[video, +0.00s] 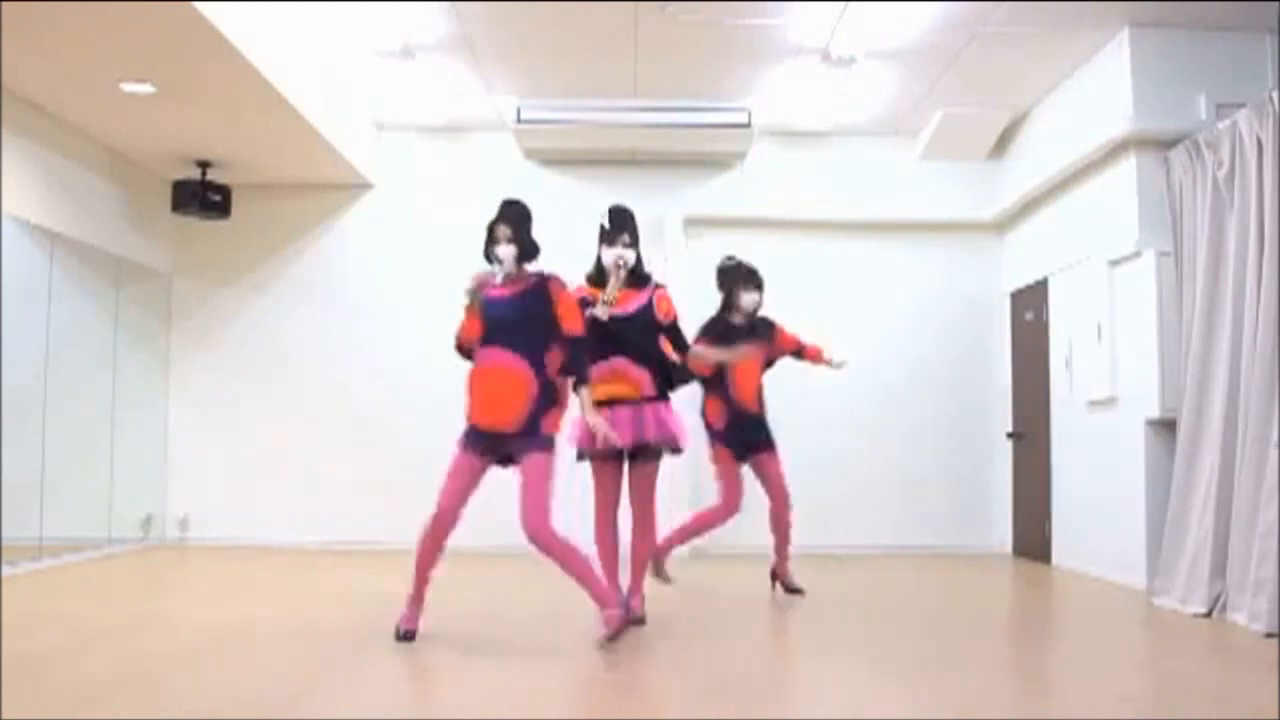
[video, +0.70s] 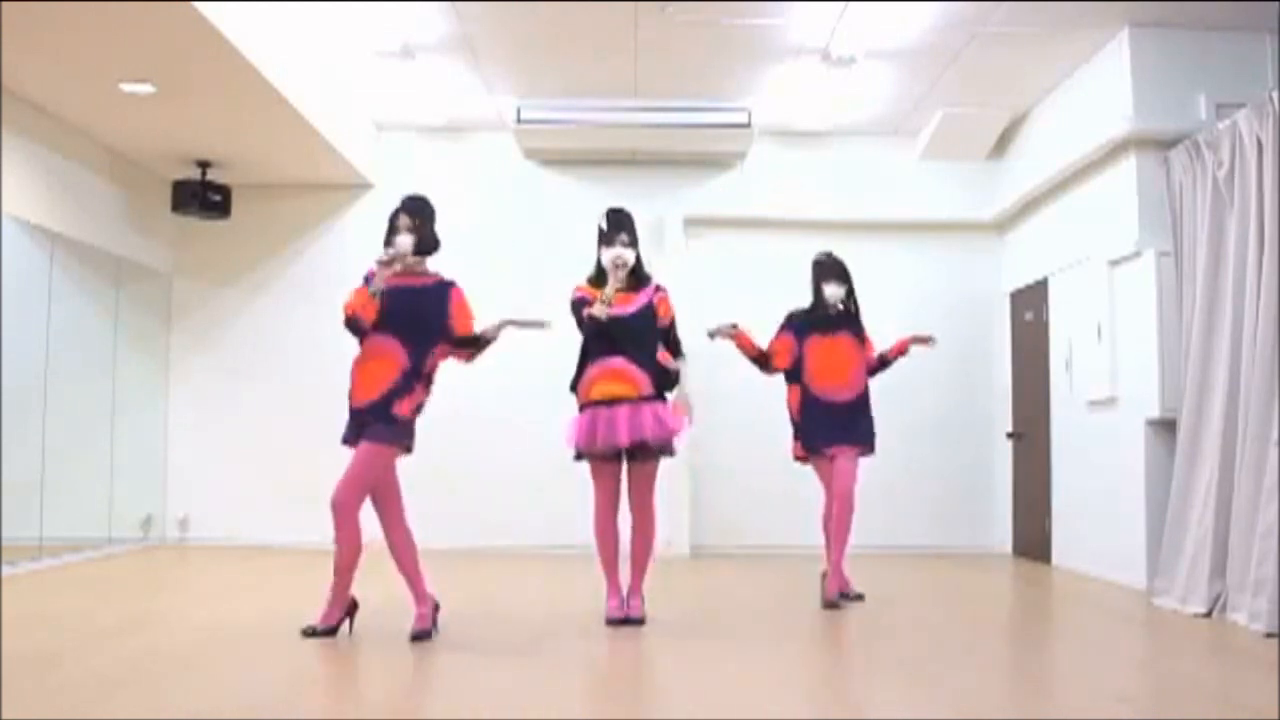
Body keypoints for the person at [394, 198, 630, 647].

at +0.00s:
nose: (502, 249)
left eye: (511, 240)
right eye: (496, 240)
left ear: (526, 243)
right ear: (489, 245)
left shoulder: (549, 288)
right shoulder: (485, 294)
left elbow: (576, 346)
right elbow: (468, 349)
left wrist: (553, 376)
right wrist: (475, 300)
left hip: (535, 426)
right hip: (484, 424)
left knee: (537, 529)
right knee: (442, 518)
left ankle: (610, 604)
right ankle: (413, 607)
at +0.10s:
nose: (480, 241)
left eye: (489, 233)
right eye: (475, 231)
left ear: (505, 240)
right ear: (466, 236)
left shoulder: (526, 291)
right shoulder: (455, 288)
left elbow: (539, 351)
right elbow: (447, 336)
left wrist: (535, 402)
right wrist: (460, 287)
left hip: (510, 415)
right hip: (458, 411)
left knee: (495, 520)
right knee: (429, 514)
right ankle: (410, 606)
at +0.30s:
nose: (455, 228)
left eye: (463, 221)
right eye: (449, 219)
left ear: (478, 227)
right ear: (439, 224)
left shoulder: (497, 280)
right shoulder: (425, 274)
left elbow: (529, 338)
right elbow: (425, 319)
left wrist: (534, 360)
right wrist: (446, 271)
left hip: (469, 400)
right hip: (421, 396)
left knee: (444, 503)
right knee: (417, 504)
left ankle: (473, 599)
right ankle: (426, 602)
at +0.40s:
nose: (444, 230)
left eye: (452, 223)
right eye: (437, 222)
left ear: (465, 230)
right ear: (428, 227)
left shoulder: (482, 283)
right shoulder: (410, 276)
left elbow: (514, 331)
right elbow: (411, 324)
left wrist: (550, 310)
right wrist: (434, 277)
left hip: (452, 405)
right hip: (405, 401)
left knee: (409, 490)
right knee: (406, 500)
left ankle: (426, 591)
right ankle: (423, 595)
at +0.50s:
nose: (433, 233)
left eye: (441, 226)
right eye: (426, 225)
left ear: (454, 231)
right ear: (414, 229)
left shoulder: (473, 282)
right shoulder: (398, 276)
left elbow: (515, 298)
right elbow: (396, 323)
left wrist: (544, 307)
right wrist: (422, 277)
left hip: (439, 411)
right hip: (392, 406)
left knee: (377, 495)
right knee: (406, 507)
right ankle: (426, 602)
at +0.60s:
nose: (416, 238)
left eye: (426, 231)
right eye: (410, 230)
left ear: (438, 237)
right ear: (401, 234)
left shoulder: (455, 288)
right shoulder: (385, 282)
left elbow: (489, 321)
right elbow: (377, 327)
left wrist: (516, 319)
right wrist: (402, 284)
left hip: (418, 411)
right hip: (376, 407)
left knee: (361, 501)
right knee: (395, 507)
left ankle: (341, 598)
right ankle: (426, 601)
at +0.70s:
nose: (400, 237)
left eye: (409, 231)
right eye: (396, 229)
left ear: (427, 237)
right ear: (388, 234)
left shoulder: (443, 291)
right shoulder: (375, 283)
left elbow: (463, 350)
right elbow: (356, 326)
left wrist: (497, 329)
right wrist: (378, 280)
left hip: (399, 410)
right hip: (364, 407)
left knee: (343, 501)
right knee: (391, 514)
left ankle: (339, 599)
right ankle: (424, 601)